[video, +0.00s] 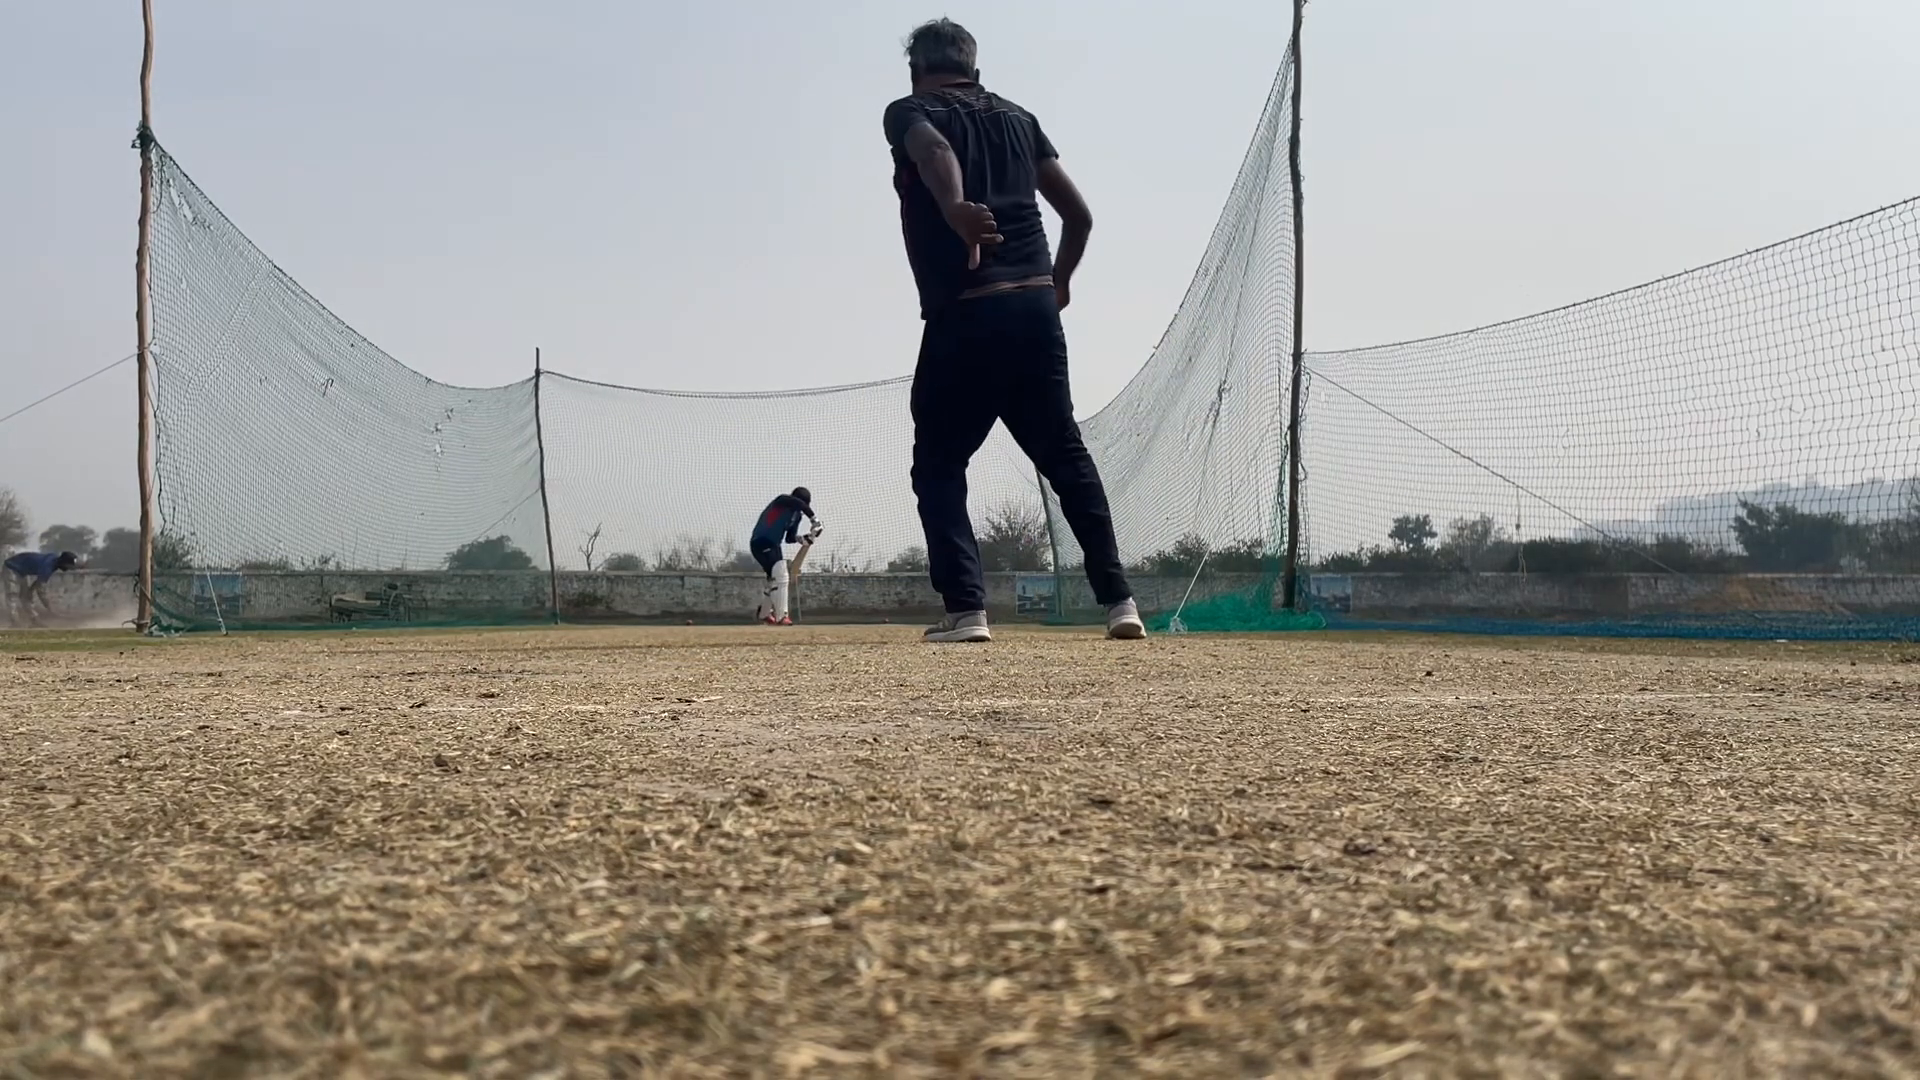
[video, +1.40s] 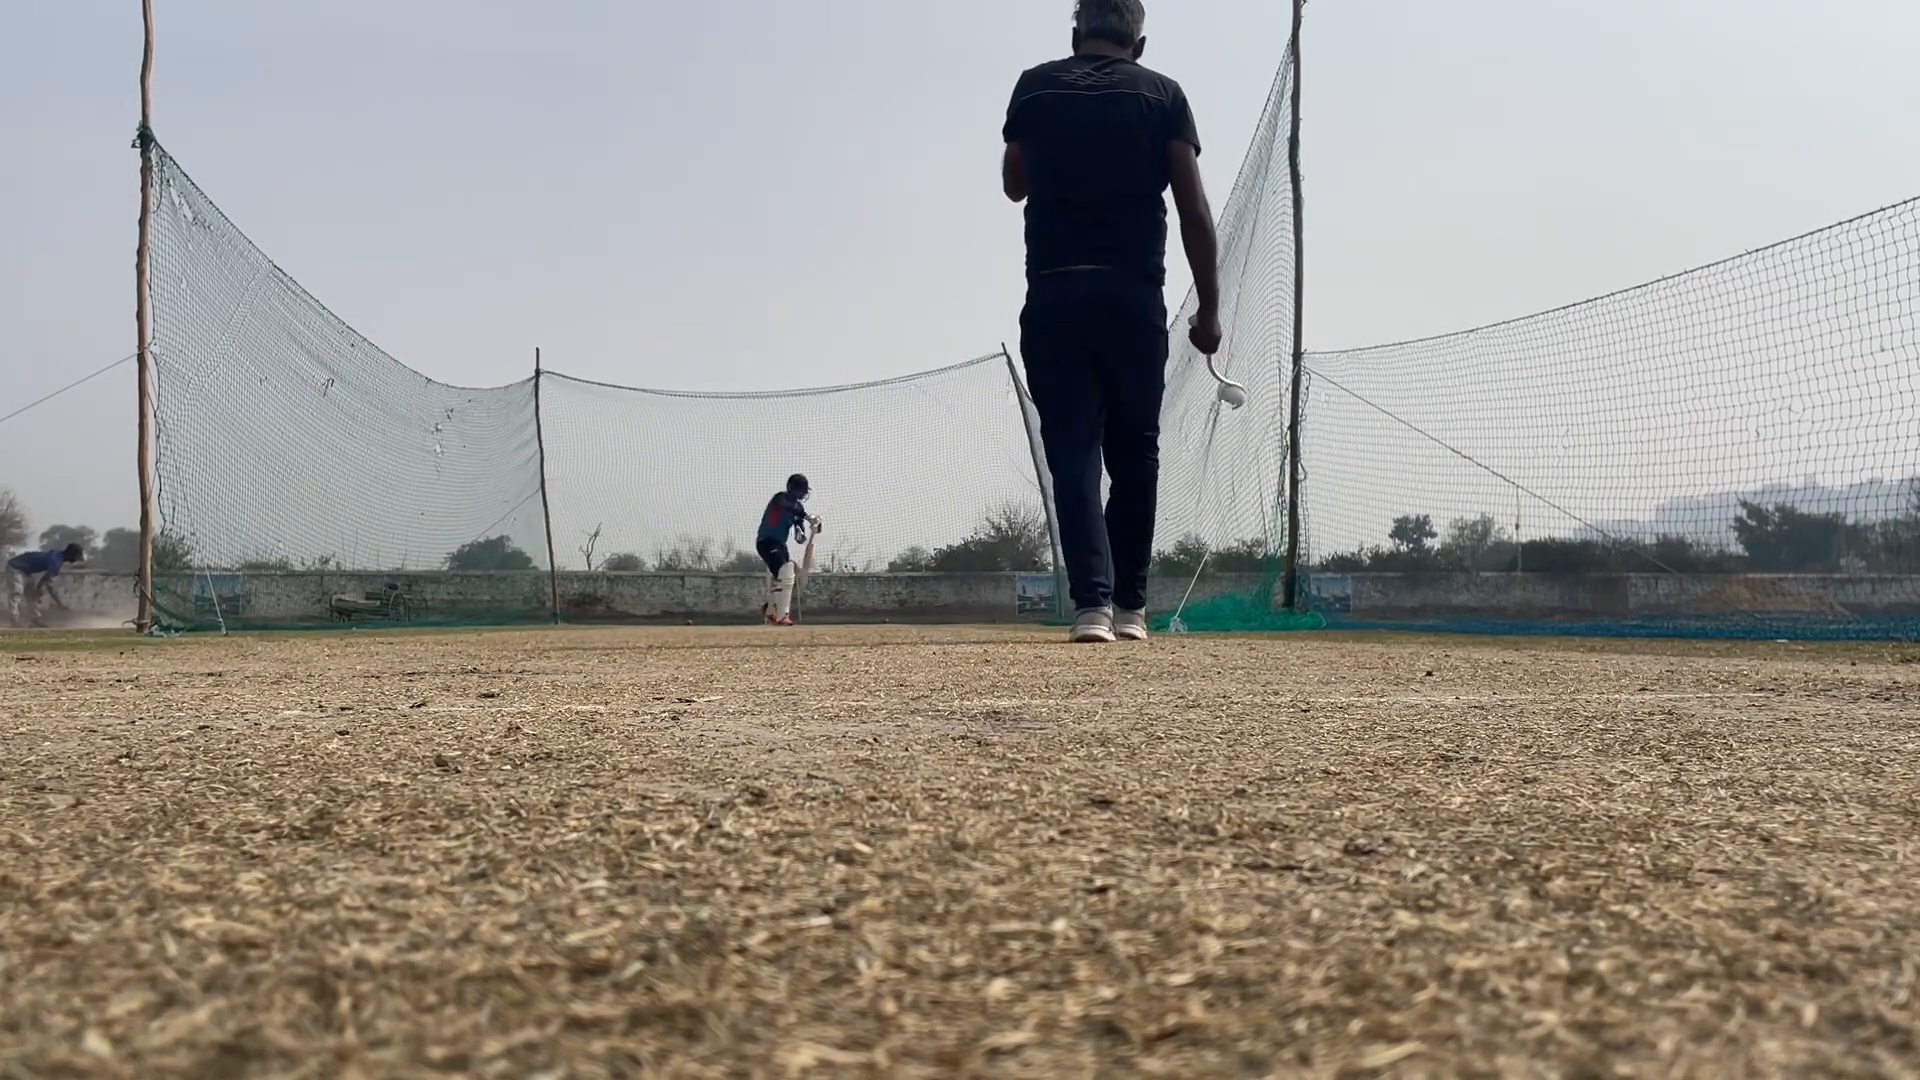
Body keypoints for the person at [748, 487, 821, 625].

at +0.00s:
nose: (803, 506)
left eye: (805, 504)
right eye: (802, 503)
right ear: (797, 499)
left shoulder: (797, 515)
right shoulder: (782, 499)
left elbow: (789, 538)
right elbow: (801, 504)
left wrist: (802, 538)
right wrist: (813, 519)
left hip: (773, 545)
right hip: (762, 542)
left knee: (774, 579)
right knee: (781, 576)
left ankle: (765, 613)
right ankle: (781, 615)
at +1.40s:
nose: (804, 494)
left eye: (805, 491)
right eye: (802, 490)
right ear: (794, 488)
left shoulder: (797, 506)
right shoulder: (780, 497)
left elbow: (798, 521)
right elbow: (786, 505)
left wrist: (800, 533)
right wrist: (807, 517)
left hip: (779, 544)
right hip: (767, 541)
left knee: (781, 576)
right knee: (787, 573)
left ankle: (771, 612)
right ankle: (782, 615)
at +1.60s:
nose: (799, 485)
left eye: (800, 482)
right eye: (797, 481)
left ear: (797, 483)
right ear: (786, 480)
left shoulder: (795, 502)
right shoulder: (773, 498)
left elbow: (795, 527)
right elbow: (764, 521)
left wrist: (803, 546)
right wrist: (764, 541)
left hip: (787, 543)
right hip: (773, 543)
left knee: (786, 578)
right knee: (788, 576)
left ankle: (773, 607)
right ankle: (783, 615)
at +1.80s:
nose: (793, 482)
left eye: (794, 479)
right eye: (790, 478)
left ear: (793, 479)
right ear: (780, 477)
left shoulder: (790, 498)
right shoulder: (766, 496)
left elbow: (790, 520)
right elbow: (756, 519)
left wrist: (801, 537)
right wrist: (757, 540)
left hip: (787, 540)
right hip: (772, 539)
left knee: (795, 576)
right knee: (786, 573)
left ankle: (774, 606)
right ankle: (783, 615)